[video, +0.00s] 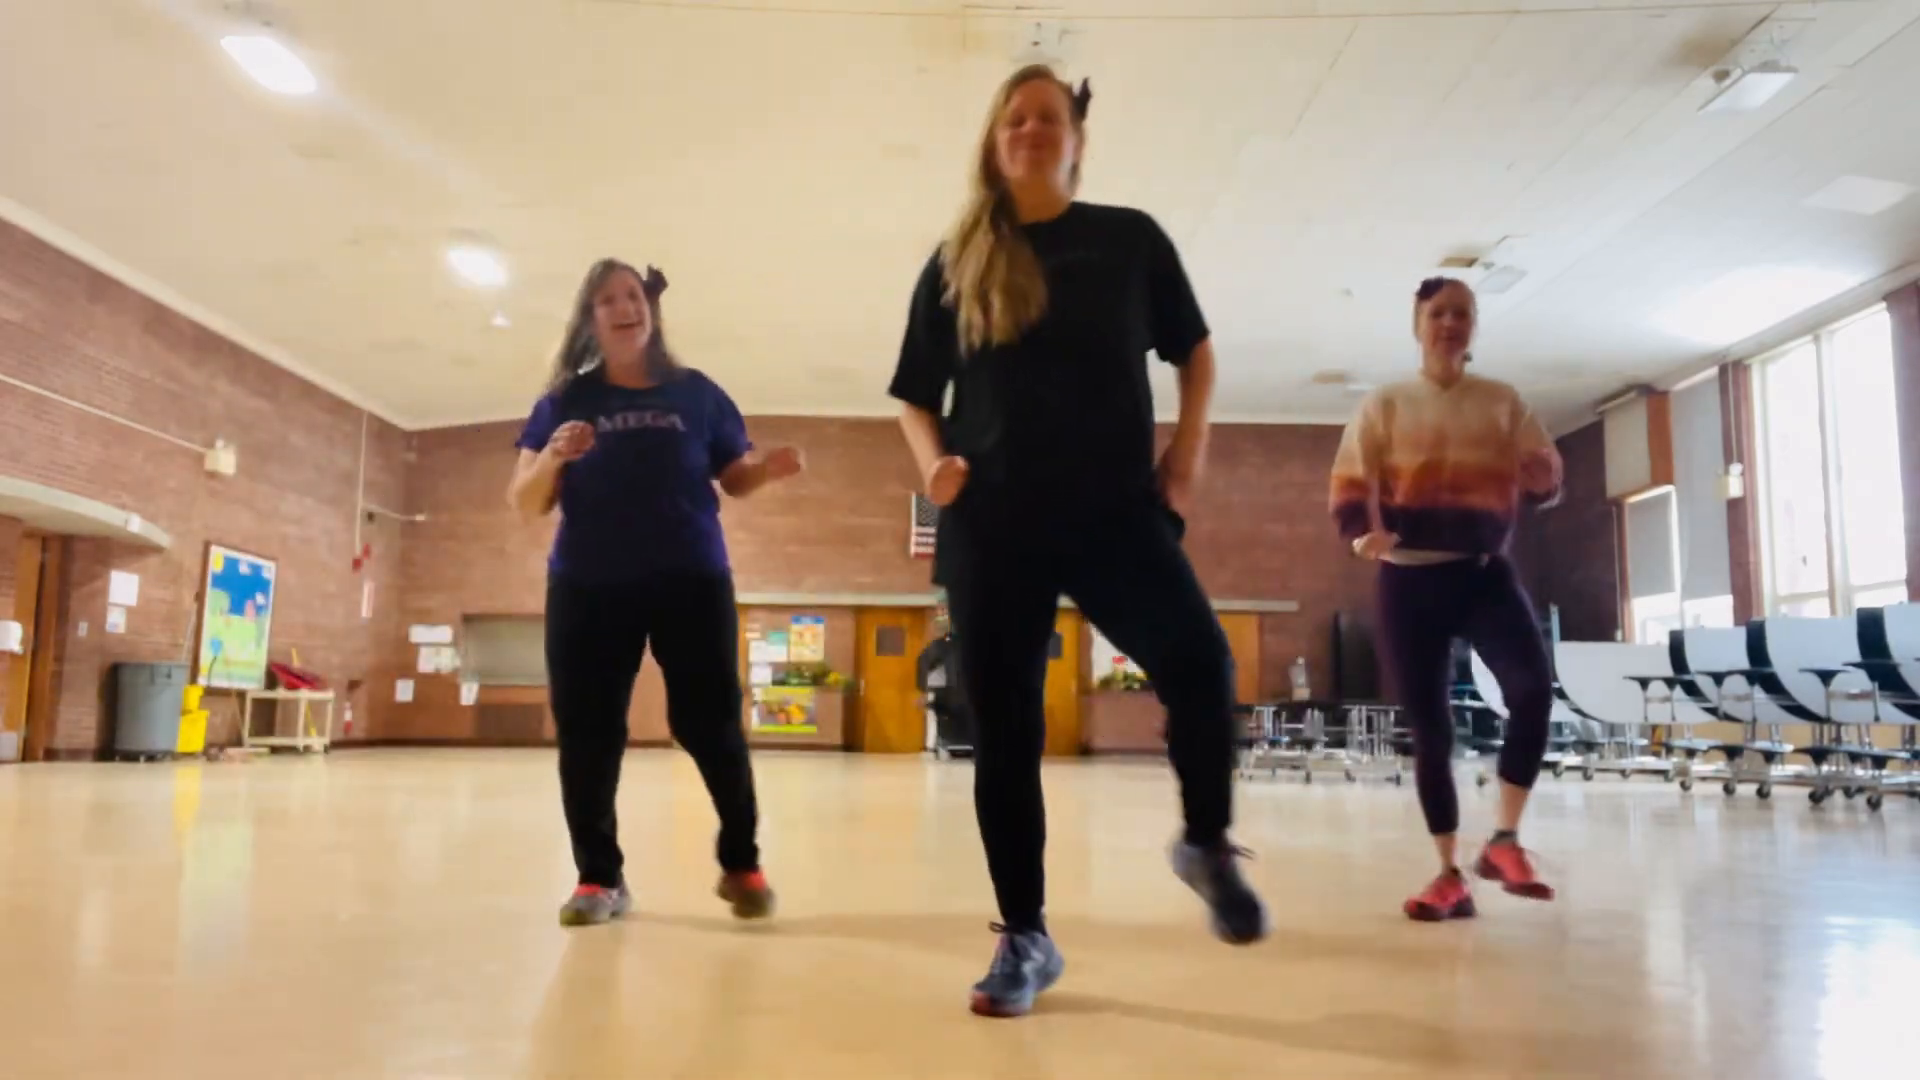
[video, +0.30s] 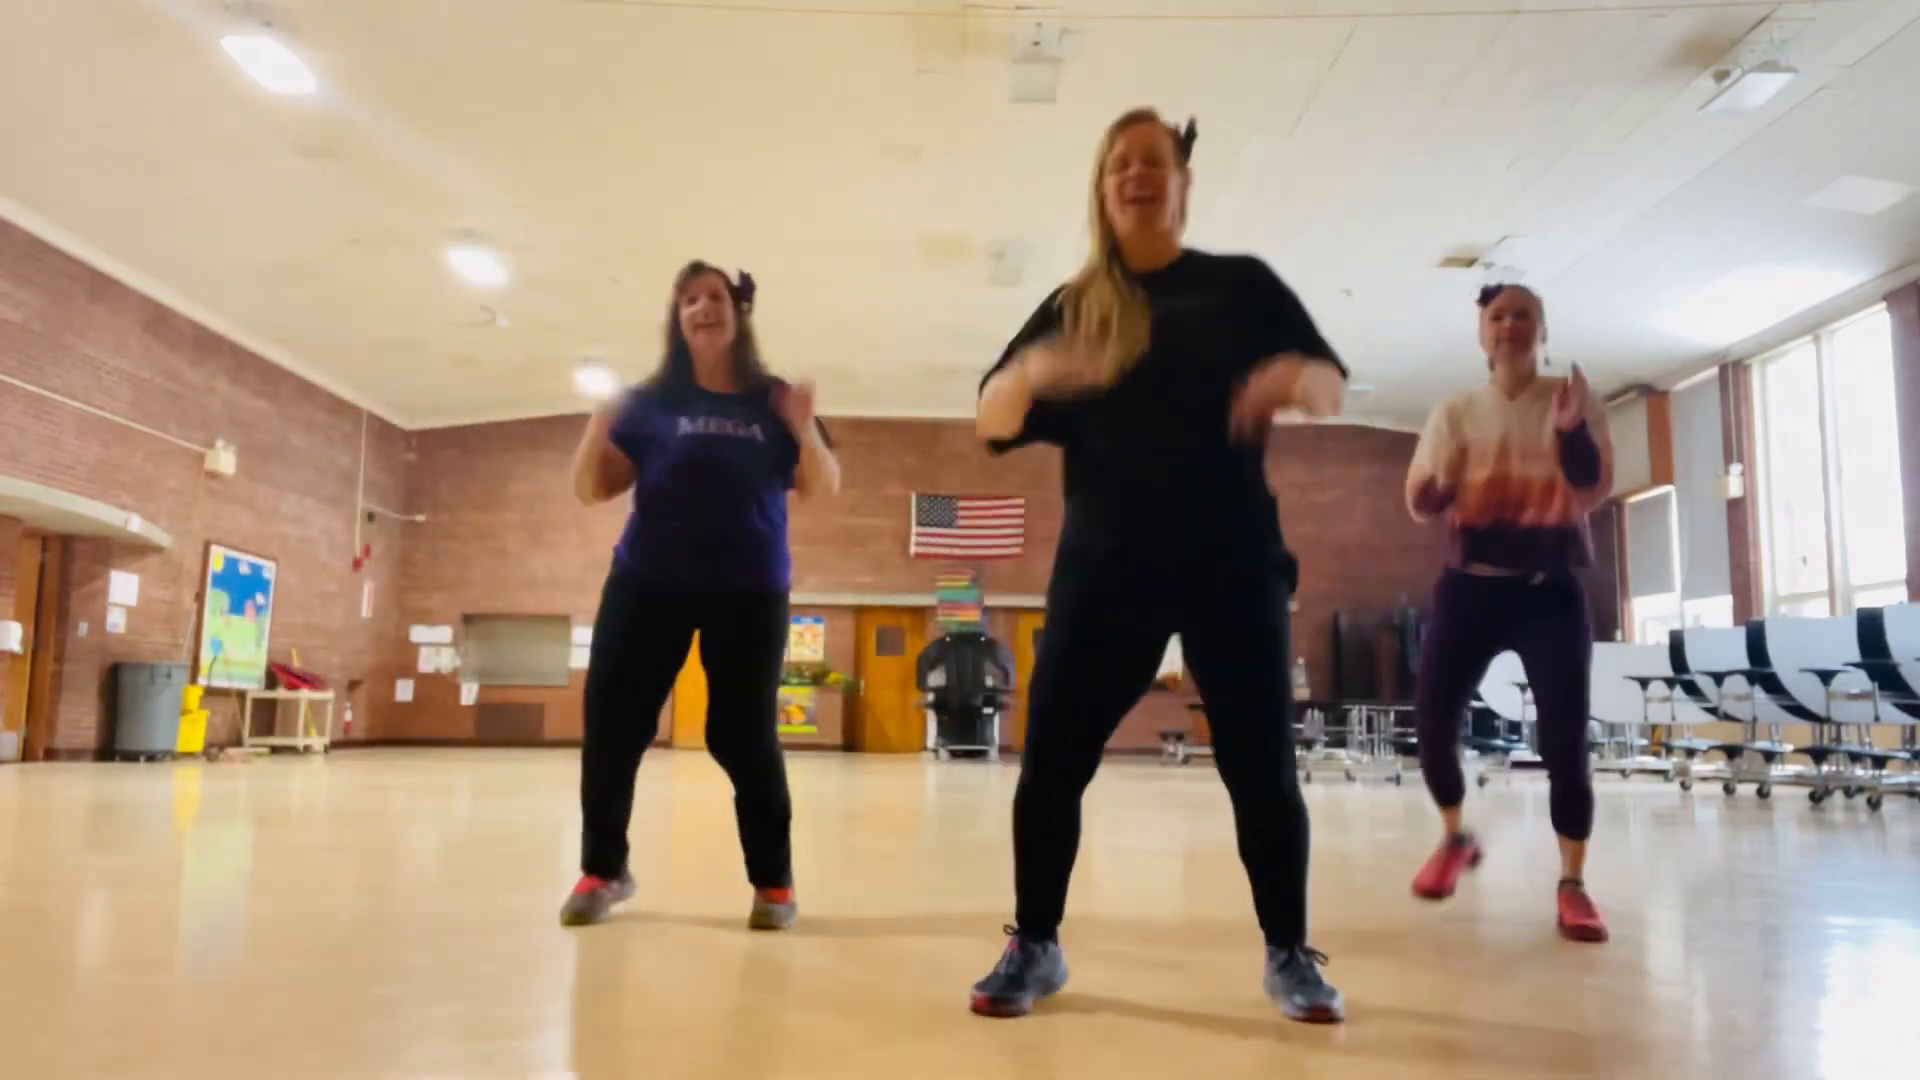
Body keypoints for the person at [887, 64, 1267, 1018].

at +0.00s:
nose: (1031, 130)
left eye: (1048, 118)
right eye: (1017, 118)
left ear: (1077, 137)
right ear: (992, 142)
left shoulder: (1132, 238)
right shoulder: (959, 262)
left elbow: (1195, 349)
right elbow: (913, 390)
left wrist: (1184, 457)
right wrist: (931, 459)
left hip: (1111, 512)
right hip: (995, 521)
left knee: (1201, 663)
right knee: (1004, 734)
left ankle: (1207, 845)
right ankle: (1024, 936)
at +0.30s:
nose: (1136, 176)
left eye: (1153, 163)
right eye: (1121, 165)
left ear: (1185, 182)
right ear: (1099, 189)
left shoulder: (1240, 286)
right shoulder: (1074, 307)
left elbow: (1328, 389)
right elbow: (992, 426)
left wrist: (1293, 378)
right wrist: (1030, 371)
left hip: (1230, 564)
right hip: (1108, 567)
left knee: (1260, 766)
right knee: (1051, 763)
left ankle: (1290, 954)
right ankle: (1033, 946)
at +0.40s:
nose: (1156, 130)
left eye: (1172, 117)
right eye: (1140, 119)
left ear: (1202, 136)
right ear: (1114, 143)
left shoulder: (1257, 229)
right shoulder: (1095, 250)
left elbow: (1322, 332)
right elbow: (1046, 348)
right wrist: (1026, 230)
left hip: (1246, 511)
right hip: (1124, 512)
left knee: (1267, 720)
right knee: (1087, 711)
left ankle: (1293, 928)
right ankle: (1079, 914)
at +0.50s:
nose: (1174, 115)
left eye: (1189, 102)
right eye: (1159, 103)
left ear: (1217, 119)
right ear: (1130, 123)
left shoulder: (1265, 211)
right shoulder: (1108, 219)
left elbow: (1309, 304)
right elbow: (1082, 323)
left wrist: (1316, 180)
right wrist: (1082, 204)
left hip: (1256, 494)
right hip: (1140, 496)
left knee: (1273, 703)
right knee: (1135, 698)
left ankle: (1297, 916)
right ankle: (1179, 880)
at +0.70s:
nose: (1193, 171)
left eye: (1210, 157)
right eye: (1178, 156)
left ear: (1238, 172)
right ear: (1154, 173)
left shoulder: (1278, 275)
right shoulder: (1118, 285)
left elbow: (1322, 395)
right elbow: (1069, 408)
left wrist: (1256, 311)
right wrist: (1120, 327)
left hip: (1278, 551)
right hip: (1162, 558)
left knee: (1281, 745)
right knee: (1209, 750)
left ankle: (1302, 949)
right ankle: (1254, 930)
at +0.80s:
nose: (1182, 135)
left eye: (1198, 119)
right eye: (1165, 122)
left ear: (1228, 132)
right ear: (1134, 139)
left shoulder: (1272, 217)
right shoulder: (1105, 247)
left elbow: (1336, 341)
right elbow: (1028, 352)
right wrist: (1067, 252)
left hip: (1268, 511)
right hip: (1151, 519)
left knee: (1277, 721)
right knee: (1138, 700)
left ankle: (1306, 943)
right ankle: (1228, 858)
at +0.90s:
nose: (1163, 138)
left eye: (1180, 123)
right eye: (1147, 123)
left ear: (1209, 136)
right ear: (1121, 138)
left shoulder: (1254, 237)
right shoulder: (1090, 254)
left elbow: (1319, 367)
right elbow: (1032, 376)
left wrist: (1389, 462)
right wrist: (1074, 287)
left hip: (1258, 510)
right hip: (1143, 514)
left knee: (1275, 721)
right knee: (1064, 640)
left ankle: (1307, 948)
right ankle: (1175, 801)